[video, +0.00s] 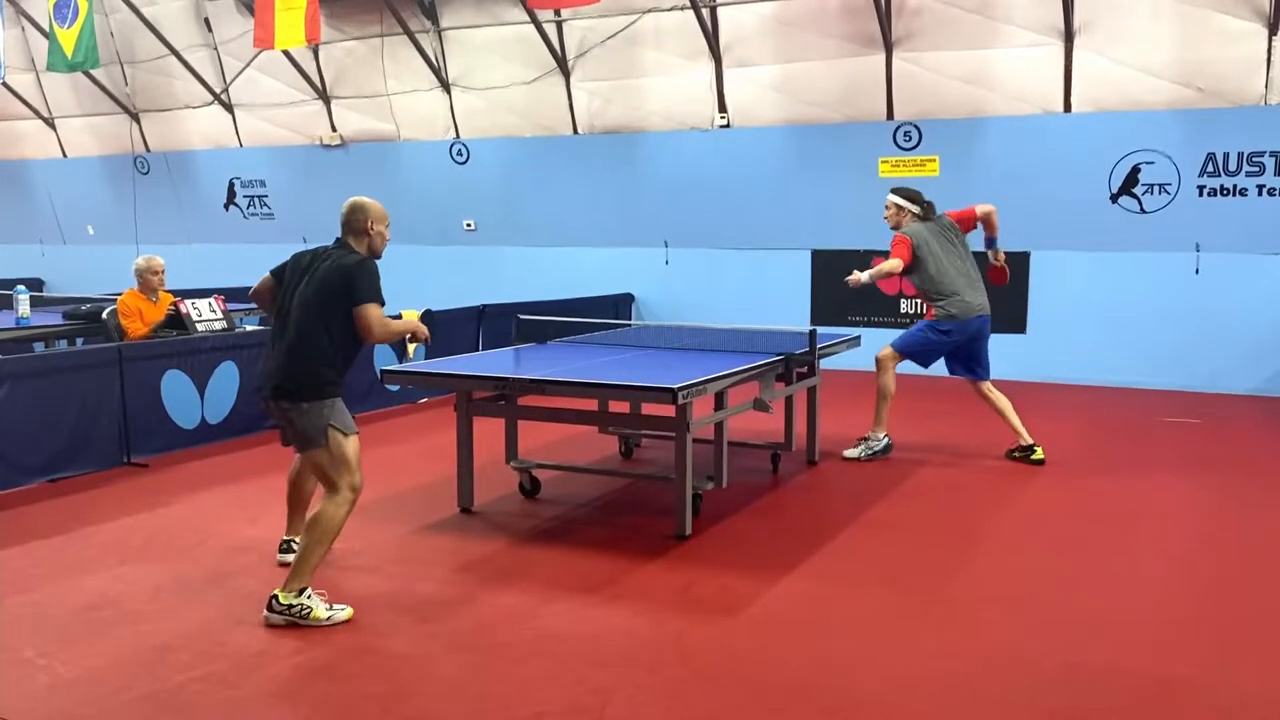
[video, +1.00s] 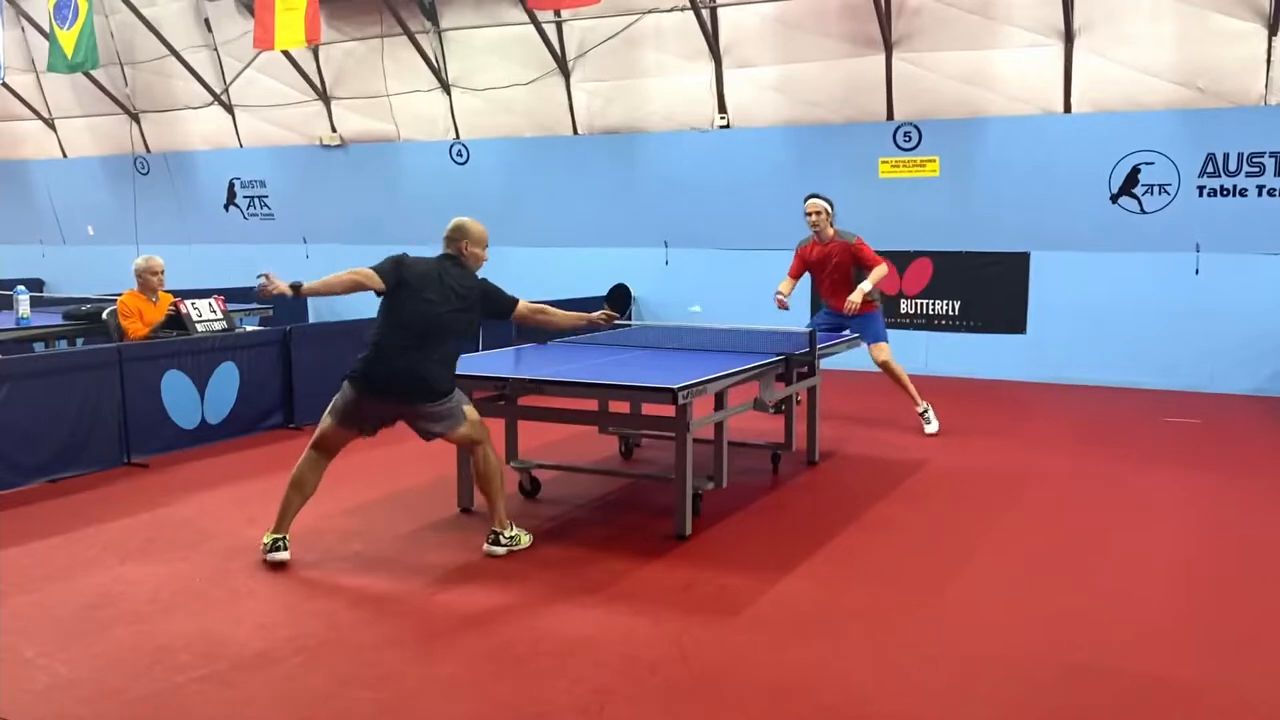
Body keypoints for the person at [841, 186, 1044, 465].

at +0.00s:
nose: (885, 213)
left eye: (889, 208)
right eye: (886, 208)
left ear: (906, 211)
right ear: (914, 212)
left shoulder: (905, 235)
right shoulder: (947, 221)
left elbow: (895, 266)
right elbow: (988, 211)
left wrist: (864, 276)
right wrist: (994, 249)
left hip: (951, 317)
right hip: (979, 314)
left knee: (886, 358)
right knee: (983, 384)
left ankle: (877, 437)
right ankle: (1027, 443)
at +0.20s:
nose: (848, 236)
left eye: (852, 230)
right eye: (848, 230)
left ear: (870, 232)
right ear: (872, 232)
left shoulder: (885, 257)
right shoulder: (904, 246)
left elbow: (917, 288)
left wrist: (882, 310)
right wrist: (886, 297)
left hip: (936, 327)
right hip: (955, 324)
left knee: (873, 368)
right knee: (967, 394)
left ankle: (872, 443)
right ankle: (1025, 442)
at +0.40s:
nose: (828, 250)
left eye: (833, 244)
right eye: (825, 245)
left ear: (849, 246)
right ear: (825, 248)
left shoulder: (875, 272)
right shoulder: (838, 278)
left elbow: (917, 293)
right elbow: (833, 301)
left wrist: (898, 327)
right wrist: (808, 308)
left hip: (916, 328)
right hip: (898, 332)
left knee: (872, 367)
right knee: (901, 402)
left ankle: (873, 442)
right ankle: (968, 405)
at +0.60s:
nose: (822, 235)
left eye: (828, 229)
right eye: (819, 230)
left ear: (843, 232)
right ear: (817, 234)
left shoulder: (866, 262)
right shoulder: (821, 267)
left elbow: (904, 285)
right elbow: (818, 299)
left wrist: (903, 321)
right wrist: (794, 311)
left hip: (883, 327)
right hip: (855, 331)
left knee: (862, 361)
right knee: (823, 374)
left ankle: (872, 439)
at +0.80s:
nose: (817, 217)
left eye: (822, 211)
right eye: (813, 212)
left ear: (835, 213)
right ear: (810, 216)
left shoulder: (859, 242)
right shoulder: (808, 248)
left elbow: (890, 262)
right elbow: (795, 282)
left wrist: (891, 289)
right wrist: (782, 293)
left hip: (864, 312)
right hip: (831, 315)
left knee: (868, 358)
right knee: (803, 353)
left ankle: (882, 421)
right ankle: (815, 407)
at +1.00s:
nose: (813, 219)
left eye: (817, 213)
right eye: (808, 215)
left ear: (829, 215)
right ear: (805, 219)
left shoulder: (850, 243)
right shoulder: (805, 249)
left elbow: (882, 268)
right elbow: (791, 279)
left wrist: (861, 290)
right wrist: (782, 294)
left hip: (865, 311)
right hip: (831, 312)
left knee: (881, 358)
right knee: (797, 348)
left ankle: (922, 407)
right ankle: (791, 395)